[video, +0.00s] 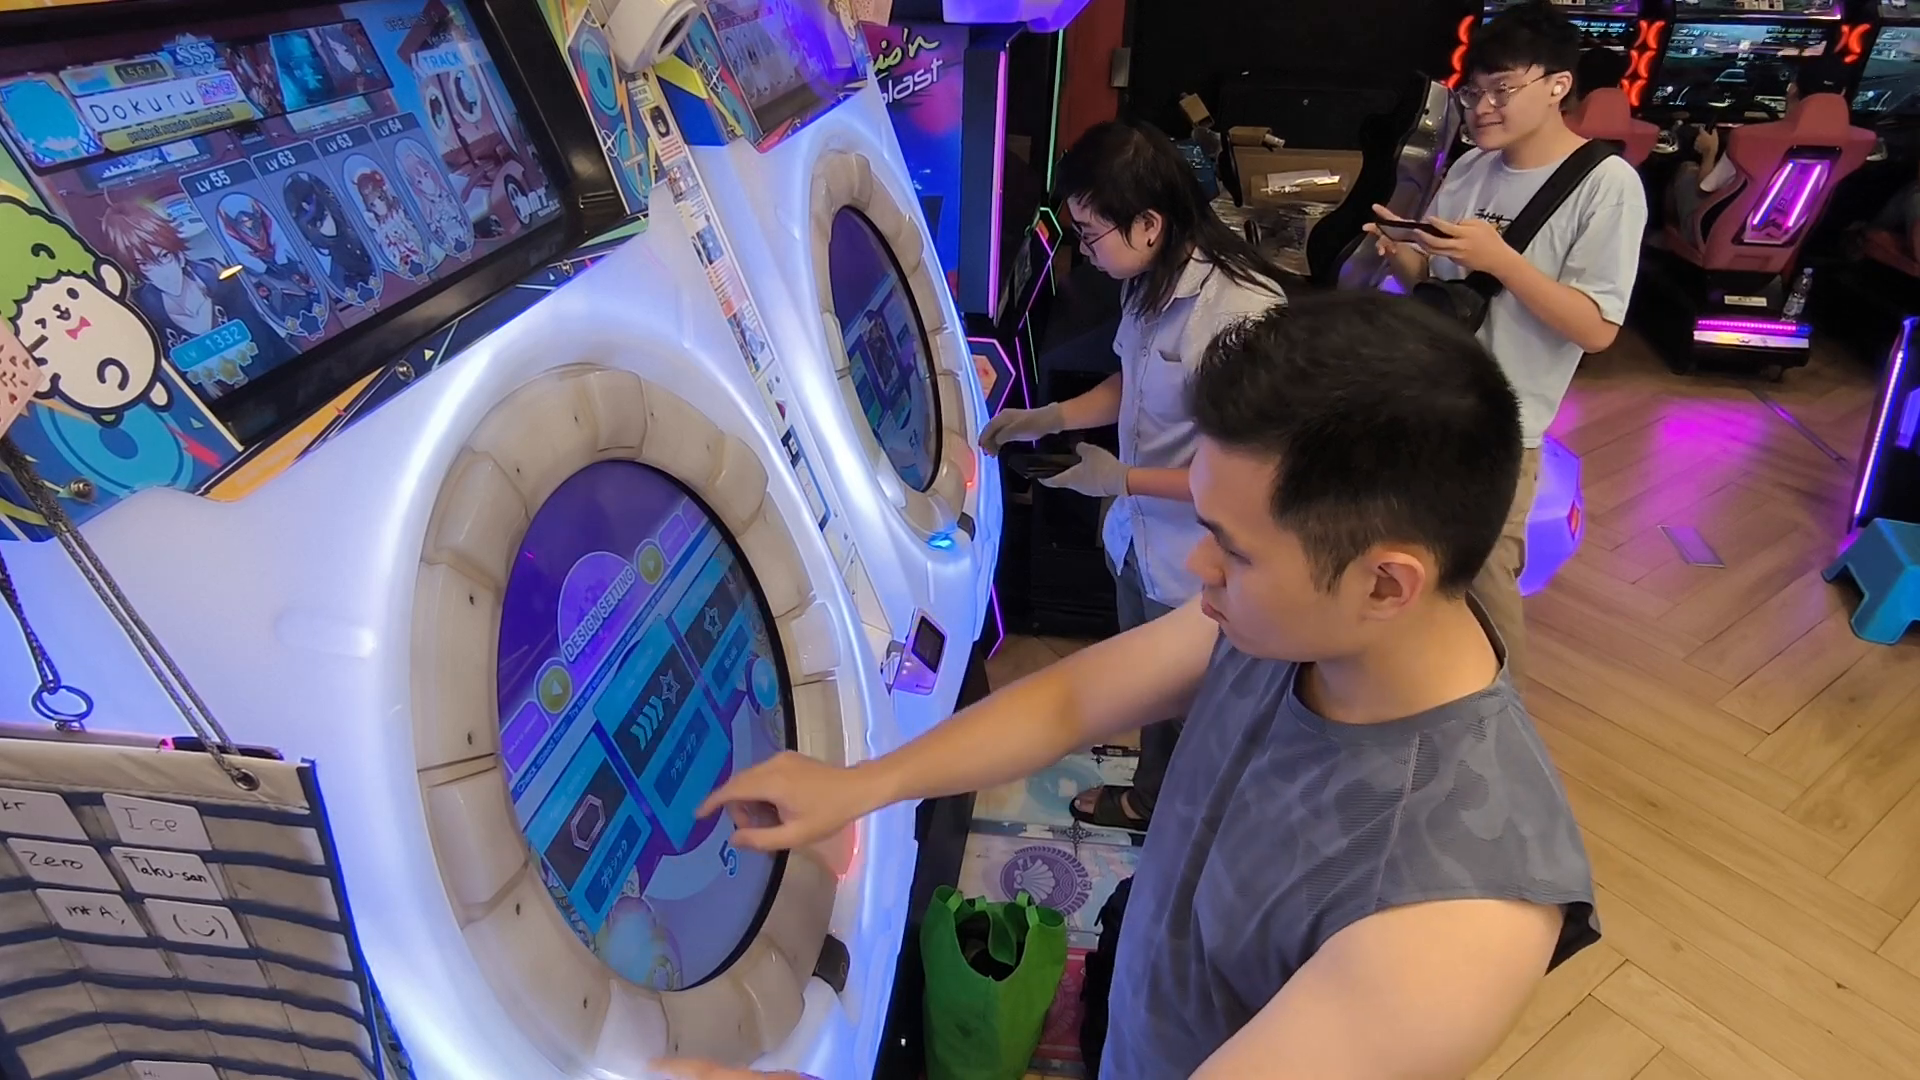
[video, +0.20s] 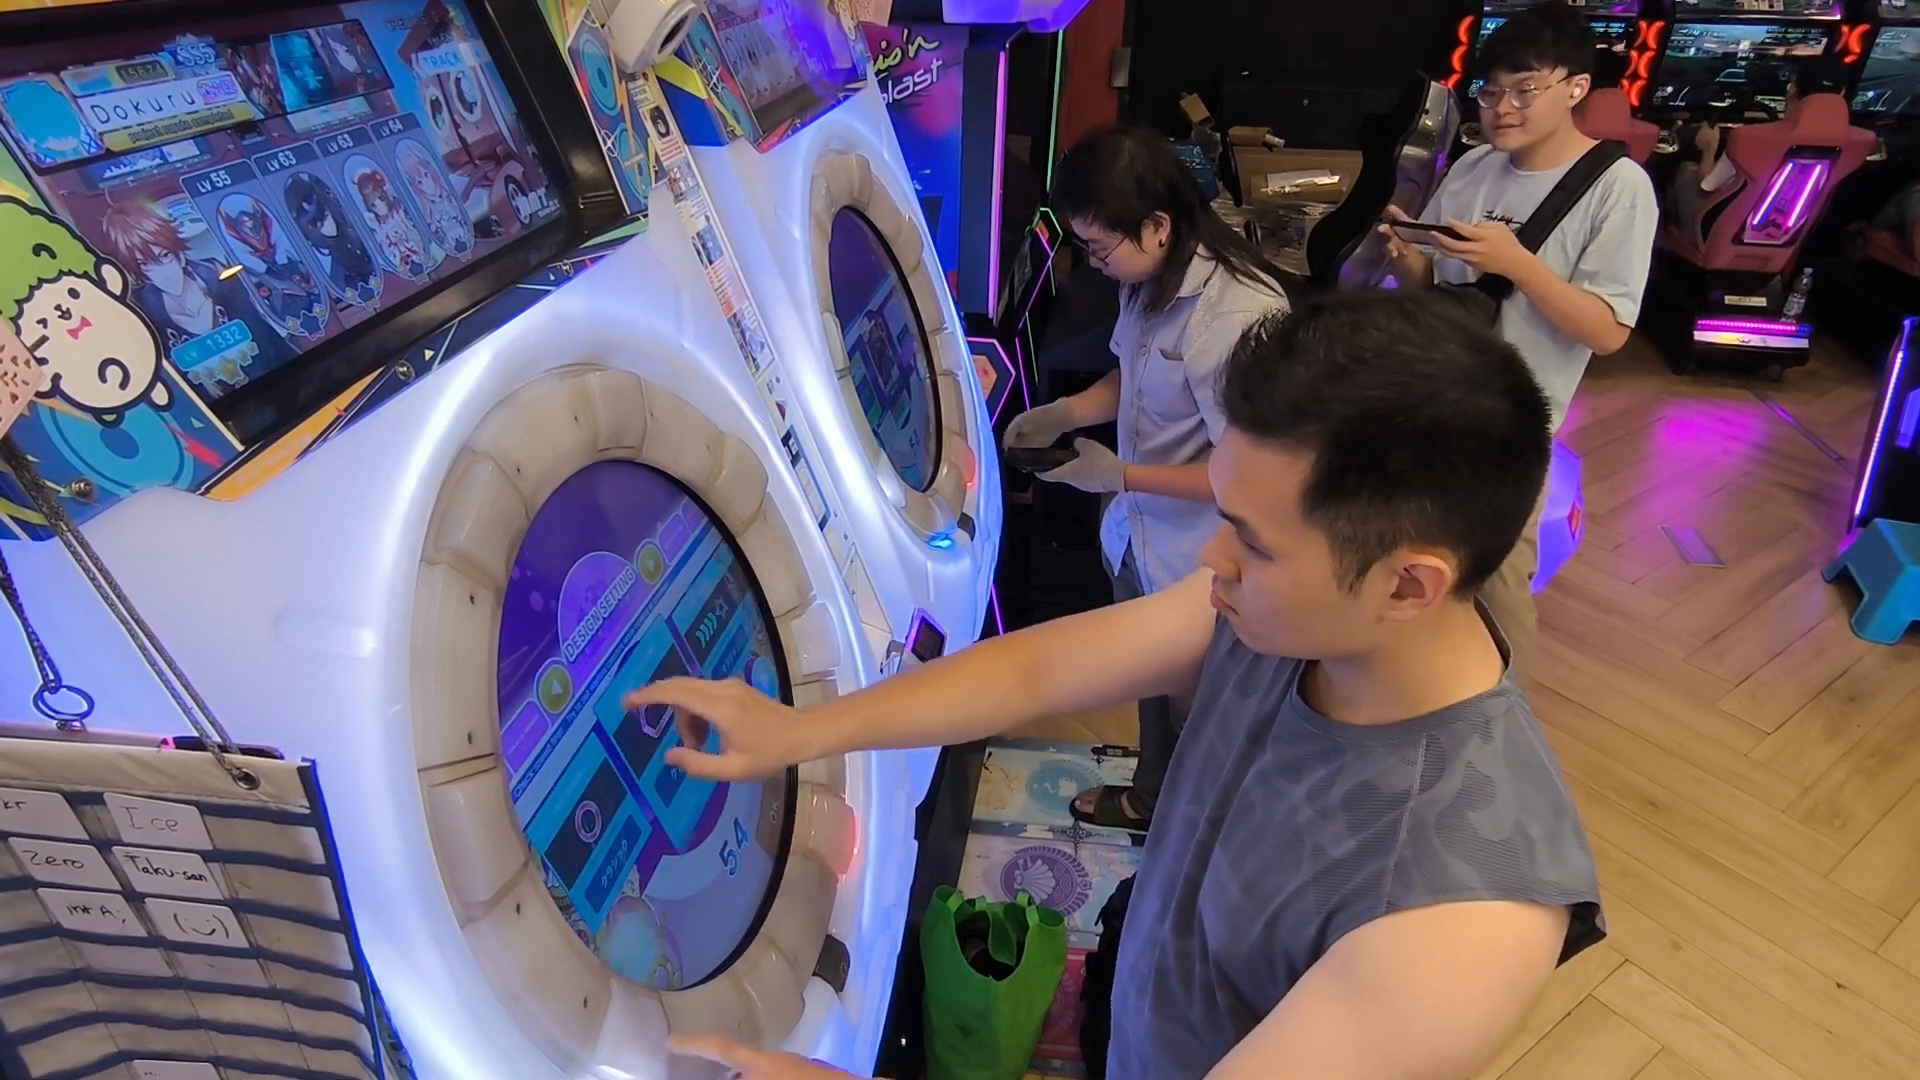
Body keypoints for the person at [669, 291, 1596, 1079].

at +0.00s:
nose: (1189, 563)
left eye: (1229, 551)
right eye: (1203, 522)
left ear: (1389, 585)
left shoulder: (1457, 905)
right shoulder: (1292, 607)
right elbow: (1070, 702)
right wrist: (861, 784)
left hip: (1179, 1071)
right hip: (1129, 987)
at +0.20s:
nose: (1205, 557)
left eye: (1252, 544)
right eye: (1221, 517)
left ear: (1409, 587)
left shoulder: (1465, 908)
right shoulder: (1288, 599)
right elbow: (1041, 668)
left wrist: (841, 1074)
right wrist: (807, 726)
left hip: (1195, 1071)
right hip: (1128, 994)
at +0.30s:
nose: (1214, 556)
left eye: (1262, 544)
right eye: (1230, 514)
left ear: (1420, 585)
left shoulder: (1470, 910)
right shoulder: (1280, 592)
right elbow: (1027, 660)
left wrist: (859, 1078)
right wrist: (772, 712)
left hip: (1201, 1079)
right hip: (1131, 1008)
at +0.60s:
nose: (1223, 561)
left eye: (1276, 551)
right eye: (1241, 517)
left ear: (1435, 596)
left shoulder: (1474, 909)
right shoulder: (1287, 596)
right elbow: (1050, 693)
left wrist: (831, 1072)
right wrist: (844, 801)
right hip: (1132, 1017)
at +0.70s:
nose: (1221, 560)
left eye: (1272, 549)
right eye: (1239, 516)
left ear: (1431, 593)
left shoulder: (1473, 909)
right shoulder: (1290, 604)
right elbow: (1067, 712)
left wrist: (808, 1070)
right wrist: (869, 830)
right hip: (1132, 1022)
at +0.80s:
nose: (1217, 557)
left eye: (1266, 543)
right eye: (1234, 514)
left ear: (1426, 590)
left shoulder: (1473, 904)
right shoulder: (1288, 611)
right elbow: (1071, 713)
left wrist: (868, 1074)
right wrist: (867, 826)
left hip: (1196, 1076)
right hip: (1130, 1020)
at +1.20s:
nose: (1225, 554)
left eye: (1276, 544)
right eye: (1244, 512)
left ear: (1435, 595)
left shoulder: (1479, 915)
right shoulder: (1298, 594)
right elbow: (1049, 662)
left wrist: (878, 1076)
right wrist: (809, 736)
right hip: (1138, 988)